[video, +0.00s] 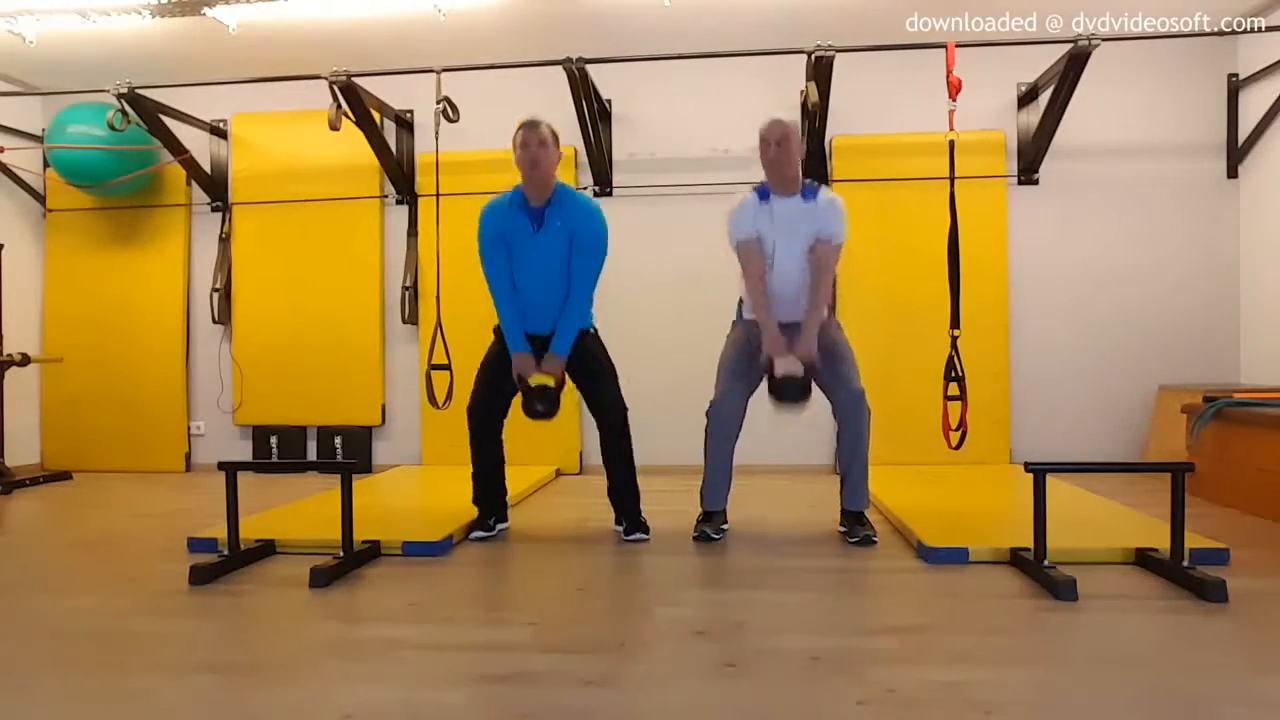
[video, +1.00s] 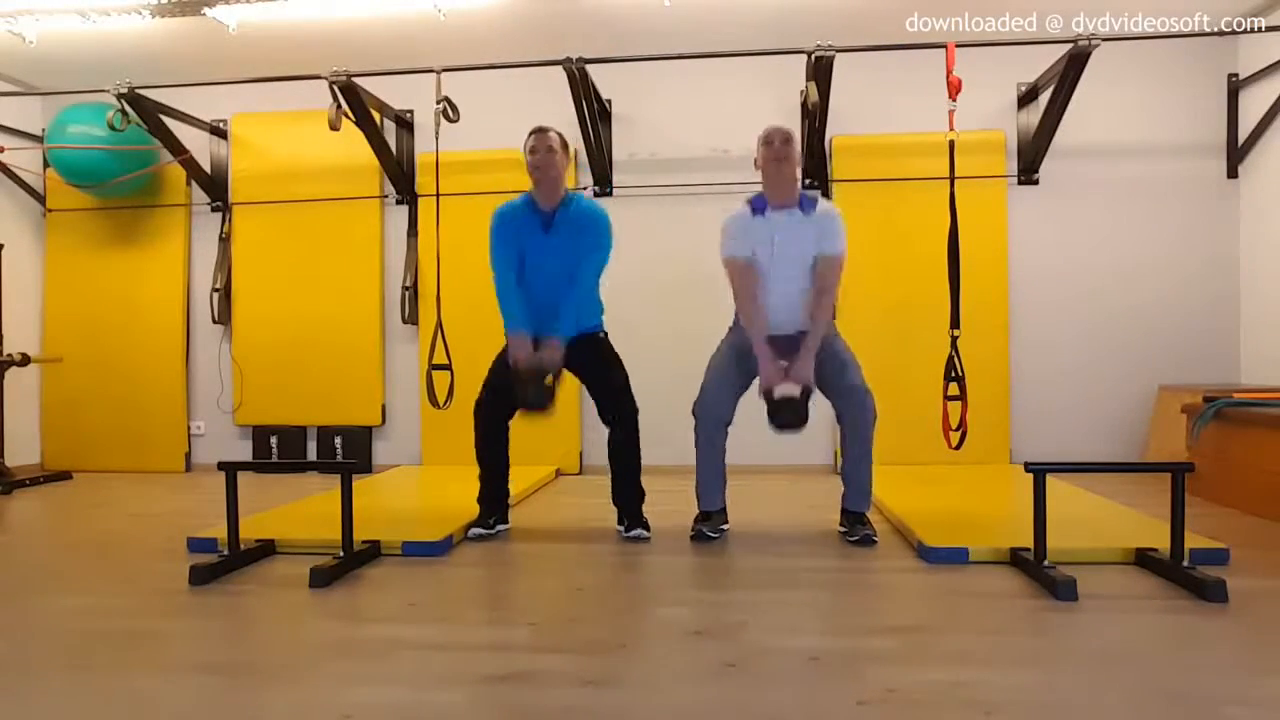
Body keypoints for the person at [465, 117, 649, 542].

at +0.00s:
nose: (533, 152)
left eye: (541, 145)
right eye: (525, 146)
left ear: (558, 155)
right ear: (515, 157)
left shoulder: (586, 214)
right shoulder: (495, 216)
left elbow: (582, 292)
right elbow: (501, 290)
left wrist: (559, 353)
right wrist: (518, 350)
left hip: (573, 334)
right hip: (516, 335)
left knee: (613, 413)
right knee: (482, 414)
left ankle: (629, 516)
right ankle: (491, 513)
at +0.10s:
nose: (538, 135)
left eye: (546, 128)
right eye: (531, 129)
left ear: (563, 139)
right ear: (521, 140)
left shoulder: (586, 195)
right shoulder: (500, 194)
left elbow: (577, 260)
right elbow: (496, 256)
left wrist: (552, 311)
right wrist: (509, 310)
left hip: (569, 320)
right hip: (512, 320)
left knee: (603, 413)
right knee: (491, 413)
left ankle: (629, 515)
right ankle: (491, 512)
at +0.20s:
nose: (544, 134)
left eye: (552, 128)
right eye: (537, 128)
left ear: (567, 140)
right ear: (527, 139)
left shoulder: (587, 187)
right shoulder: (503, 187)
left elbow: (575, 227)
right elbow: (493, 227)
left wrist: (543, 253)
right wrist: (503, 255)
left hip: (566, 317)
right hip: (514, 316)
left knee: (598, 415)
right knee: (498, 415)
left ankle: (629, 515)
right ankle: (492, 513)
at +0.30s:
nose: (548, 138)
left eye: (556, 133)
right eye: (541, 134)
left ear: (570, 146)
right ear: (529, 146)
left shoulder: (588, 184)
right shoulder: (512, 182)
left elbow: (580, 194)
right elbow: (492, 199)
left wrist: (538, 199)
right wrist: (503, 209)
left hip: (568, 317)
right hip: (516, 313)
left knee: (598, 417)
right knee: (501, 416)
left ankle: (630, 517)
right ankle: (493, 515)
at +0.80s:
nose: (549, 135)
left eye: (556, 129)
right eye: (541, 130)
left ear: (572, 139)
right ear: (531, 140)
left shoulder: (593, 187)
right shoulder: (515, 186)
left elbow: (583, 215)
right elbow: (497, 216)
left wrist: (542, 218)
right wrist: (513, 216)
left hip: (580, 324)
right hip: (526, 323)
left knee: (609, 418)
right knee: (502, 418)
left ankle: (630, 515)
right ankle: (493, 514)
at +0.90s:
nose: (547, 143)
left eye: (555, 137)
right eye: (540, 138)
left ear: (571, 148)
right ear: (530, 149)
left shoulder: (594, 203)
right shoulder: (510, 201)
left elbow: (581, 250)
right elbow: (502, 246)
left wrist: (549, 278)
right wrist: (509, 277)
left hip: (582, 331)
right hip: (529, 333)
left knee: (616, 415)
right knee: (495, 412)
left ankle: (630, 514)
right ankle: (493, 513)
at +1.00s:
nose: (543, 156)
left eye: (551, 150)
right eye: (536, 151)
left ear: (567, 161)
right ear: (525, 164)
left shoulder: (593, 218)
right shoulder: (507, 217)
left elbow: (585, 284)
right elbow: (505, 281)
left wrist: (560, 338)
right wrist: (517, 335)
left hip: (581, 335)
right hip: (525, 336)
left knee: (622, 410)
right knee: (489, 411)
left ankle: (631, 514)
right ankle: (493, 512)